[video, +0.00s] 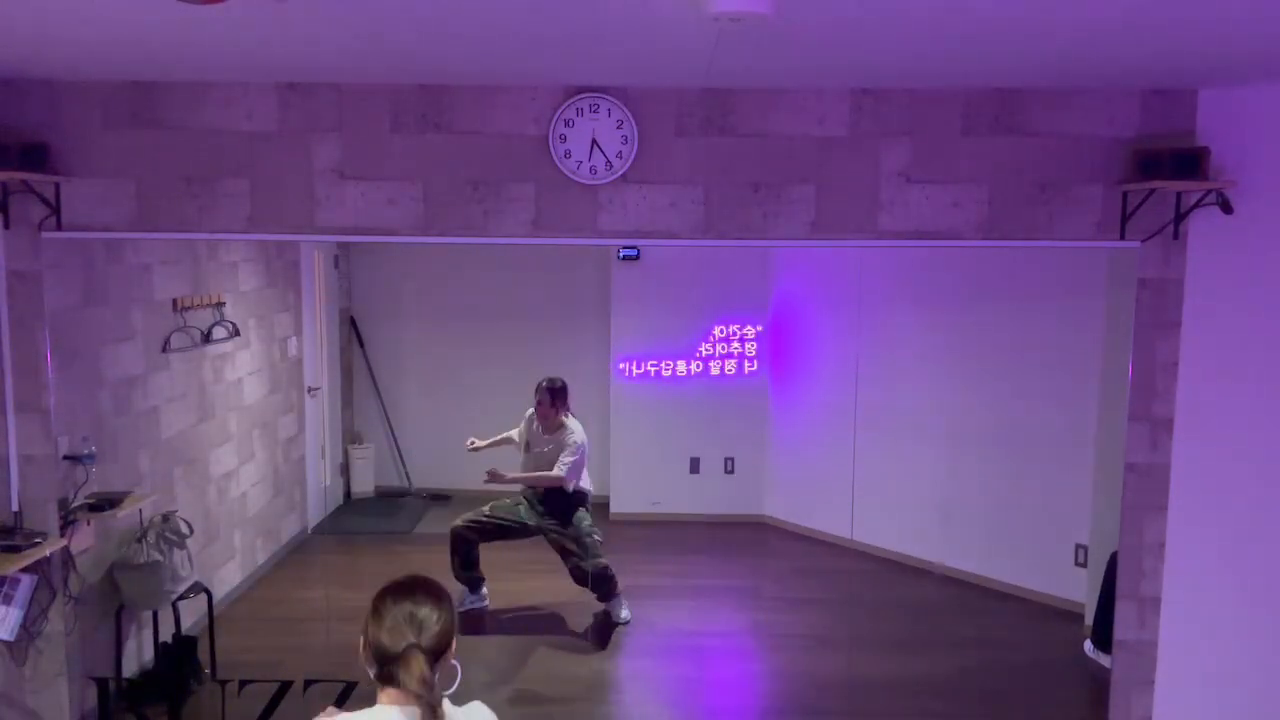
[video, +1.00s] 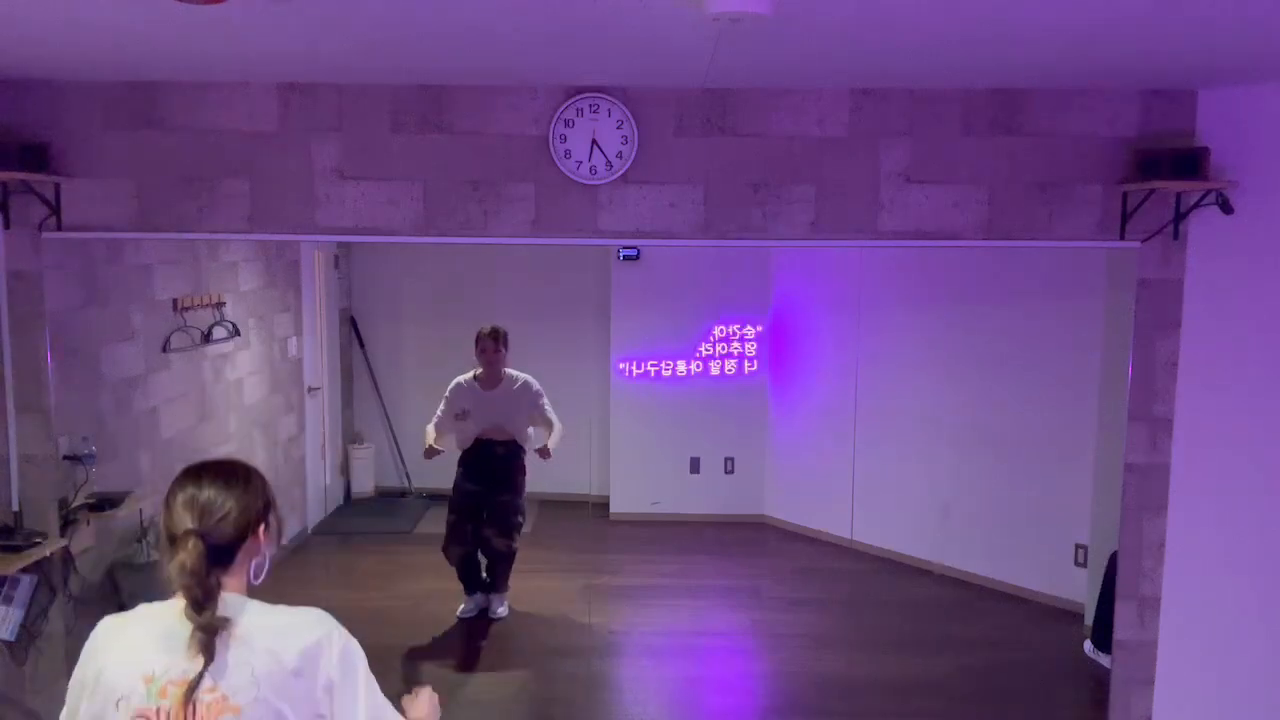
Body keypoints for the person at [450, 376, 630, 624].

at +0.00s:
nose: (536, 408)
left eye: (541, 404)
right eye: (536, 403)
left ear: (559, 407)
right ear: (535, 402)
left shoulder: (575, 437)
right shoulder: (532, 418)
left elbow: (559, 478)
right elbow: (517, 436)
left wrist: (506, 478)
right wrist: (484, 444)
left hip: (567, 510)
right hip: (531, 502)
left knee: (592, 567)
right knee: (462, 530)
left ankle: (613, 600)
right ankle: (475, 592)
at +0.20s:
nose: (528, 410)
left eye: (534, 407)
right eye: (528, 404)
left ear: (551, 407)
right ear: (526, 399)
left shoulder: (563, 422)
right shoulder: (516, 410)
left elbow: (565, 442)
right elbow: (488, 399)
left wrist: (519, 441)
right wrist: (468, 408)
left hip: (556, 502)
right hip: (517, 498)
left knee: (587, 559)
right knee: (450, 539)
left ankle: (613, 600)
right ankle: (474, 593)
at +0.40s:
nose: (519, 363)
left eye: (525, 358)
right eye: (516, 356)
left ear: (535, 357)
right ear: (508, 350)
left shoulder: (543, 367)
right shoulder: (492, 360)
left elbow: (576, 374)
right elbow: (446, 350)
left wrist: (544, 399)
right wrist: (458, 387)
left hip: (532, 460)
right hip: (497, 458)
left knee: (560, 530)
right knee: (453, 532)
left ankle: (600, 595)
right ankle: (472, 591)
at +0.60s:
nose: (499, 320)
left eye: (506, 315)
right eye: (497, 313)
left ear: (520, 318)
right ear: (492, 313)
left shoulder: (534, 342)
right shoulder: (475, 338)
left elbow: (565, 377)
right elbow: (442, 373)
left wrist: (550, 421)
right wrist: (446, 417)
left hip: (519, 431)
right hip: (482, 431)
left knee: (522, 514)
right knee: (476, 515)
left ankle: (526, 590)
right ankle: (476, 589)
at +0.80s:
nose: (492, 322)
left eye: (498, 317)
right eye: (488, 317)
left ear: (511, 320)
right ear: (482, 319)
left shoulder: (529, 357)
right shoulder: (466, 356)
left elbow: (538, 405)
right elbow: (455, 407)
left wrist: (540, 447)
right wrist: (448, 448)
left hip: (513, 438)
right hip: (477, 437)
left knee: (503, 519)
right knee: (471, 517)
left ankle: (498, 591)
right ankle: (474, 590)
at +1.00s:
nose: (488, 356)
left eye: (494, 350)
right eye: (482, 350)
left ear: (505, 353)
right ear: (475, 353)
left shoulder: (525, 386)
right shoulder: (460, 387)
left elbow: (554, 424)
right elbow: (436, 423)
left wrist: (549, 444)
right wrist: (430, 442)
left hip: (508, 462)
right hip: (473, 461)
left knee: (502, 532)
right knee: (457, 536)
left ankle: (498, 594)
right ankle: (474, 593)